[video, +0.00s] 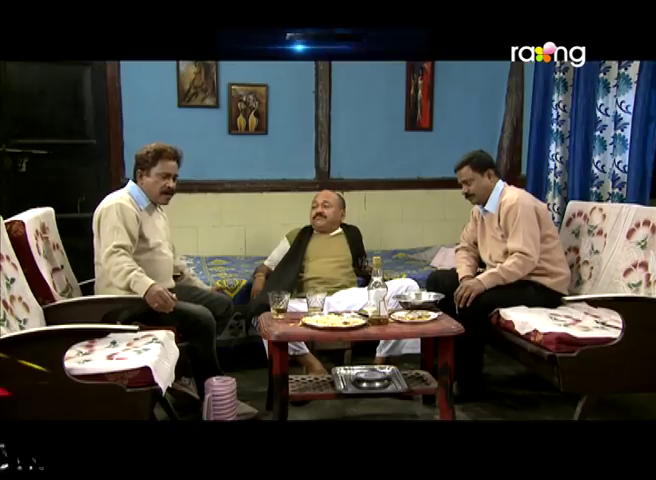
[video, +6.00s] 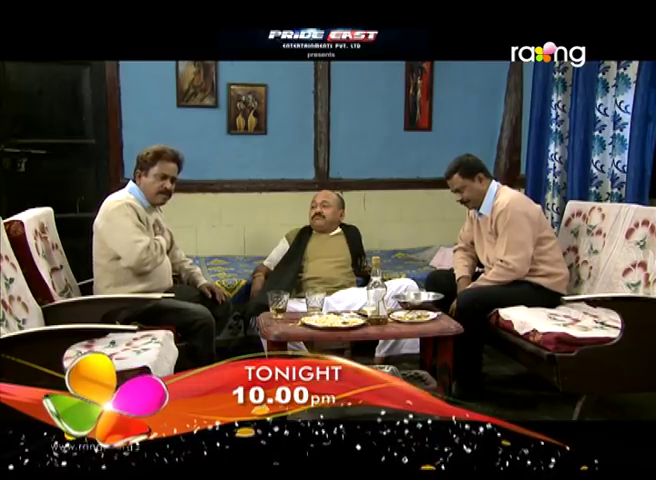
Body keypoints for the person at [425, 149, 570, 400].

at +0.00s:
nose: (464, 190)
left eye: (468, 183)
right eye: (461, 185)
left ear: (489, 176)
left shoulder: (518, 203)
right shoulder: (480, 209)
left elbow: (524, 259)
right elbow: (466, 247)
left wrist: (481, 282)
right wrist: (466, 276)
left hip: (542, 286)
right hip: (505, 277)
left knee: (473, 302)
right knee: (439, 280)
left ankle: (468, 384)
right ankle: (440, 369)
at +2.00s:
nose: (464, 191)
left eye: (468, 184)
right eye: (461, 186)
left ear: (488, 176)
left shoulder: (517, 202)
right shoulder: (480, 209)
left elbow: (524, 258)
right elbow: (466, 247)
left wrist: (481, 282)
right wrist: (466, 277)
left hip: (542, 286)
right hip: (505, 279)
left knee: (473, 301)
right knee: (439, 280)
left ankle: (468, 384)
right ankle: (439, 370)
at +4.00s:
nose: (460, 196)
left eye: (463, 188)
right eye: (457, 191)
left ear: (483, 178)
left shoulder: (515, 205)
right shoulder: (479, 208)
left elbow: (517, 262)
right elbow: (465, 247)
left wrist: (469, 286)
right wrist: (464, 278)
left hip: (541, 285)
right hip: (503, 276)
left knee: (467, 302)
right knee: (437, 280)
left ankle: (467, 385)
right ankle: (440, 369)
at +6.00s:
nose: (458, 199)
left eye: (460, 191)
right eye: (455, 193)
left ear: (481, 179)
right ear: (479, 181)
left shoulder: (512, 206)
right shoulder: (477, 208)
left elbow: (513, 266)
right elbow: (464, 249)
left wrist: (465, 295)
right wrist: (463, 283)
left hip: (542, 286)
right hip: (504, 277)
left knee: (469, 302)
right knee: (437, 280)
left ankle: (467, 384)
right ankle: (440, 368)